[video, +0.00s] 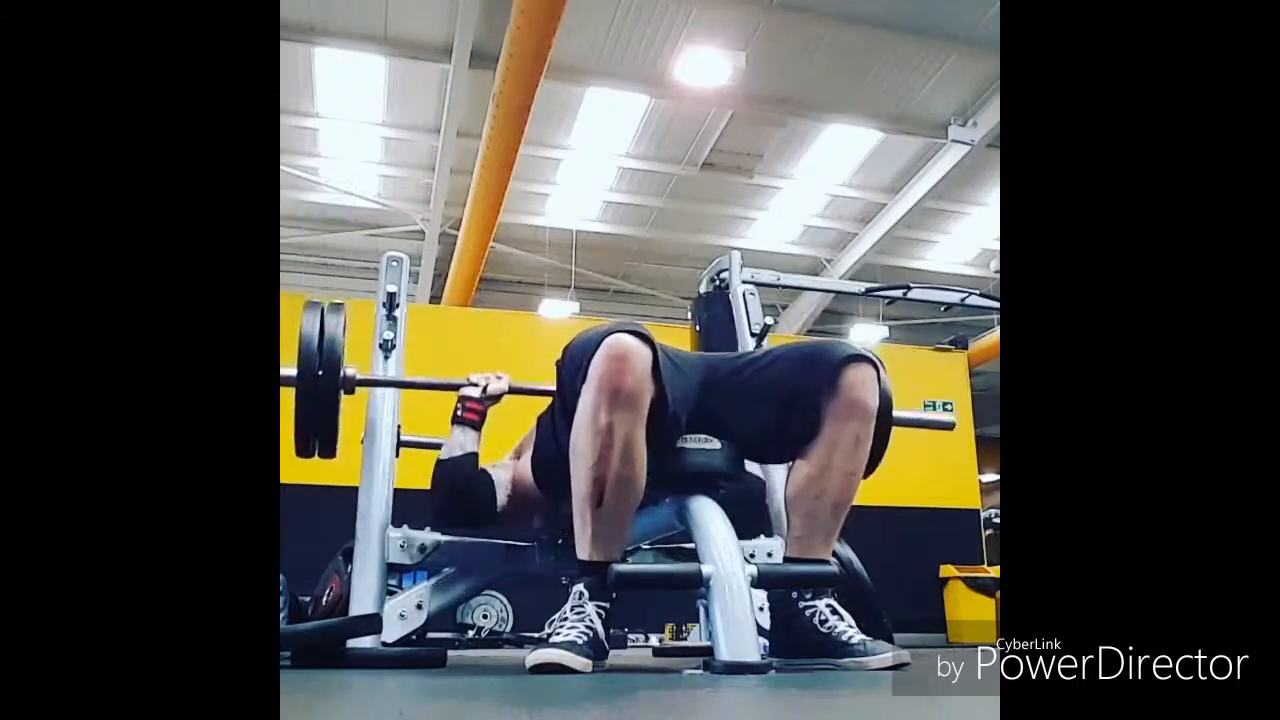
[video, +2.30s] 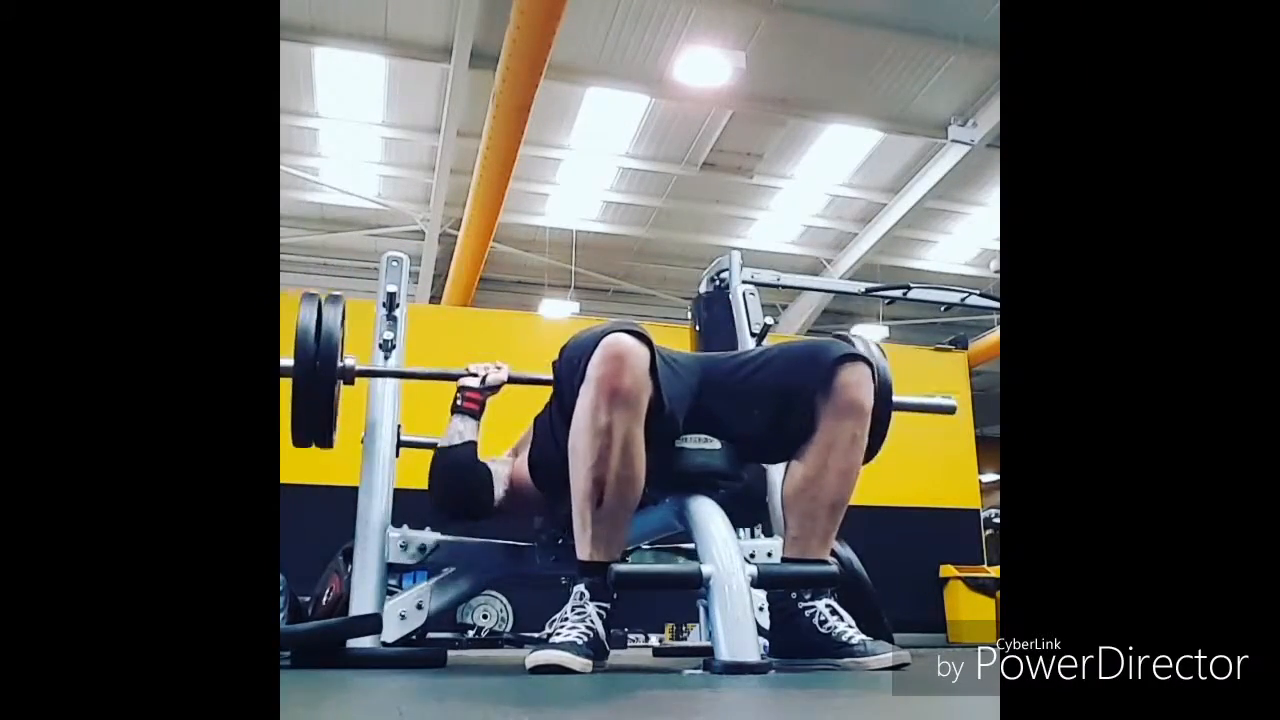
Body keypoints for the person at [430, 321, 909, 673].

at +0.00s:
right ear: (505, 497)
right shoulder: (530, 481)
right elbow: (456, 505)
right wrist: (470, 411)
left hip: (711, 375)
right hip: (631, 358)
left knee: (856, 379)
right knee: (621, 358)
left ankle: (801, 604)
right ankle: (587, 606)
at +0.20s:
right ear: (518, 495)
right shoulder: (520, 474)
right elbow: (445, 456)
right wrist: (470, 363)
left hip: (706, 374)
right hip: (628, 359)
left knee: (848, 376)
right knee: (619, 356)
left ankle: (802, 606)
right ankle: (587, 606)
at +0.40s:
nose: (501, 449)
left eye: (504, 450)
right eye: (498, 456)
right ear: (504, 471)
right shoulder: (518, 471)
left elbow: (737, 408)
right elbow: (452, 407)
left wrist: (721, 336)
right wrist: (467, 315)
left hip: (691, 385)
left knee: (843, 377)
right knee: (618, 354)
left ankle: (800, 608)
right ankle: (585, 607)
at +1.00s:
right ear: (496, 486)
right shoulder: (515, 477)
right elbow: (439, 479)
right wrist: (462, 388)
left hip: (701, 375)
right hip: (623, 360)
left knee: (845, 374)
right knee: (616, 356)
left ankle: (800, 607)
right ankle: (587, 604)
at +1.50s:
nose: (501, 458)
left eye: (501, 460)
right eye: (498, 465)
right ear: (504, 474)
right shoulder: (519, 465)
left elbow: (736, 412)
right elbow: (450, 409)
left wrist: (722, 343)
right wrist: (467, 320)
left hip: (695, 388)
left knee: (844, 377)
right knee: (618, 354)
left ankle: (799, 609)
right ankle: (585, 607)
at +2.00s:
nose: (512, 495)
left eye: (504, 486)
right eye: (503, 493)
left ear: (511, 465)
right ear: (505, 475)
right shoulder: (521, 456)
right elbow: (442, 434)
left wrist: (719, 357)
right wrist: (469, 345)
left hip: (710, 392)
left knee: (845, 375)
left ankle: (800, 607)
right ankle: (587, 606)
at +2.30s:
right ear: (496, 496)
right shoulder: (529, 486)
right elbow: (456, 494)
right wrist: (468, 405)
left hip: (705, 377)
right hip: (630, 361)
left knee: (849, 374)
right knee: (618, 357)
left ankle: (800, 608)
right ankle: (588, 607)